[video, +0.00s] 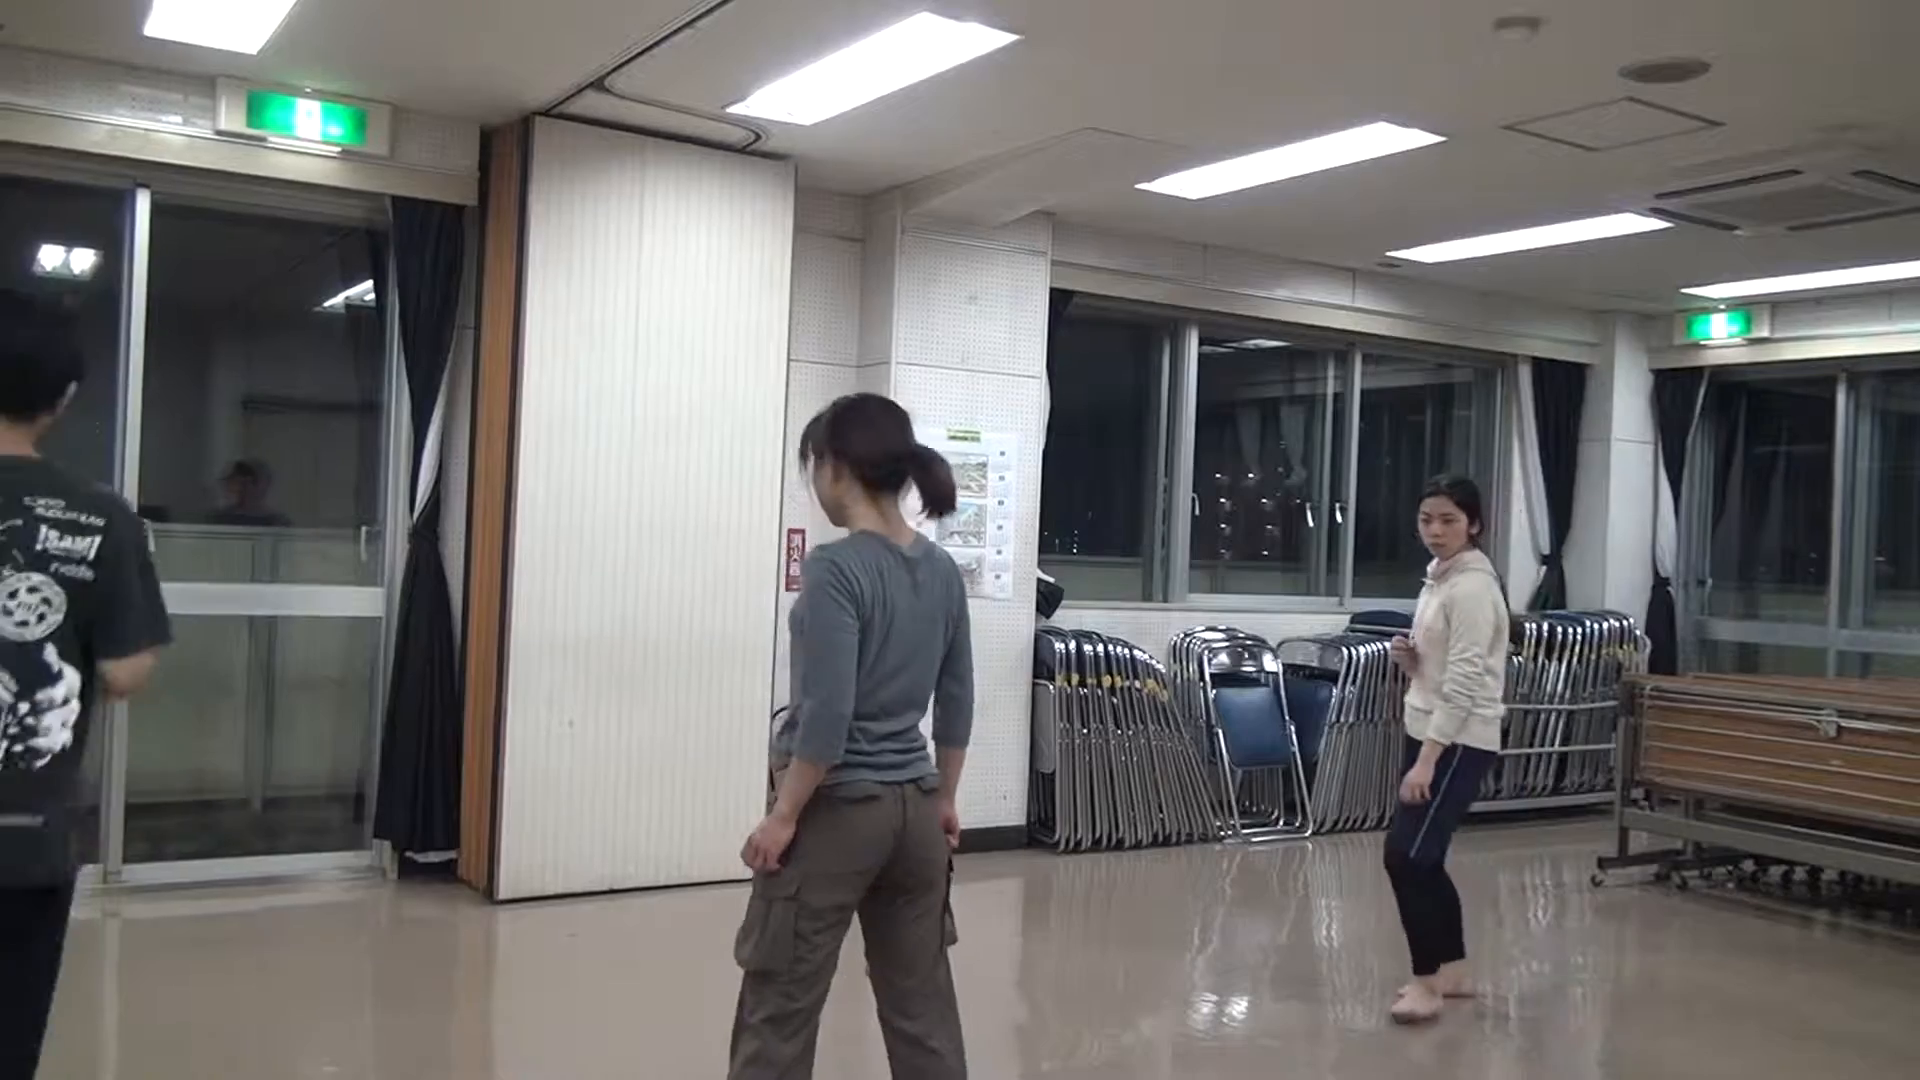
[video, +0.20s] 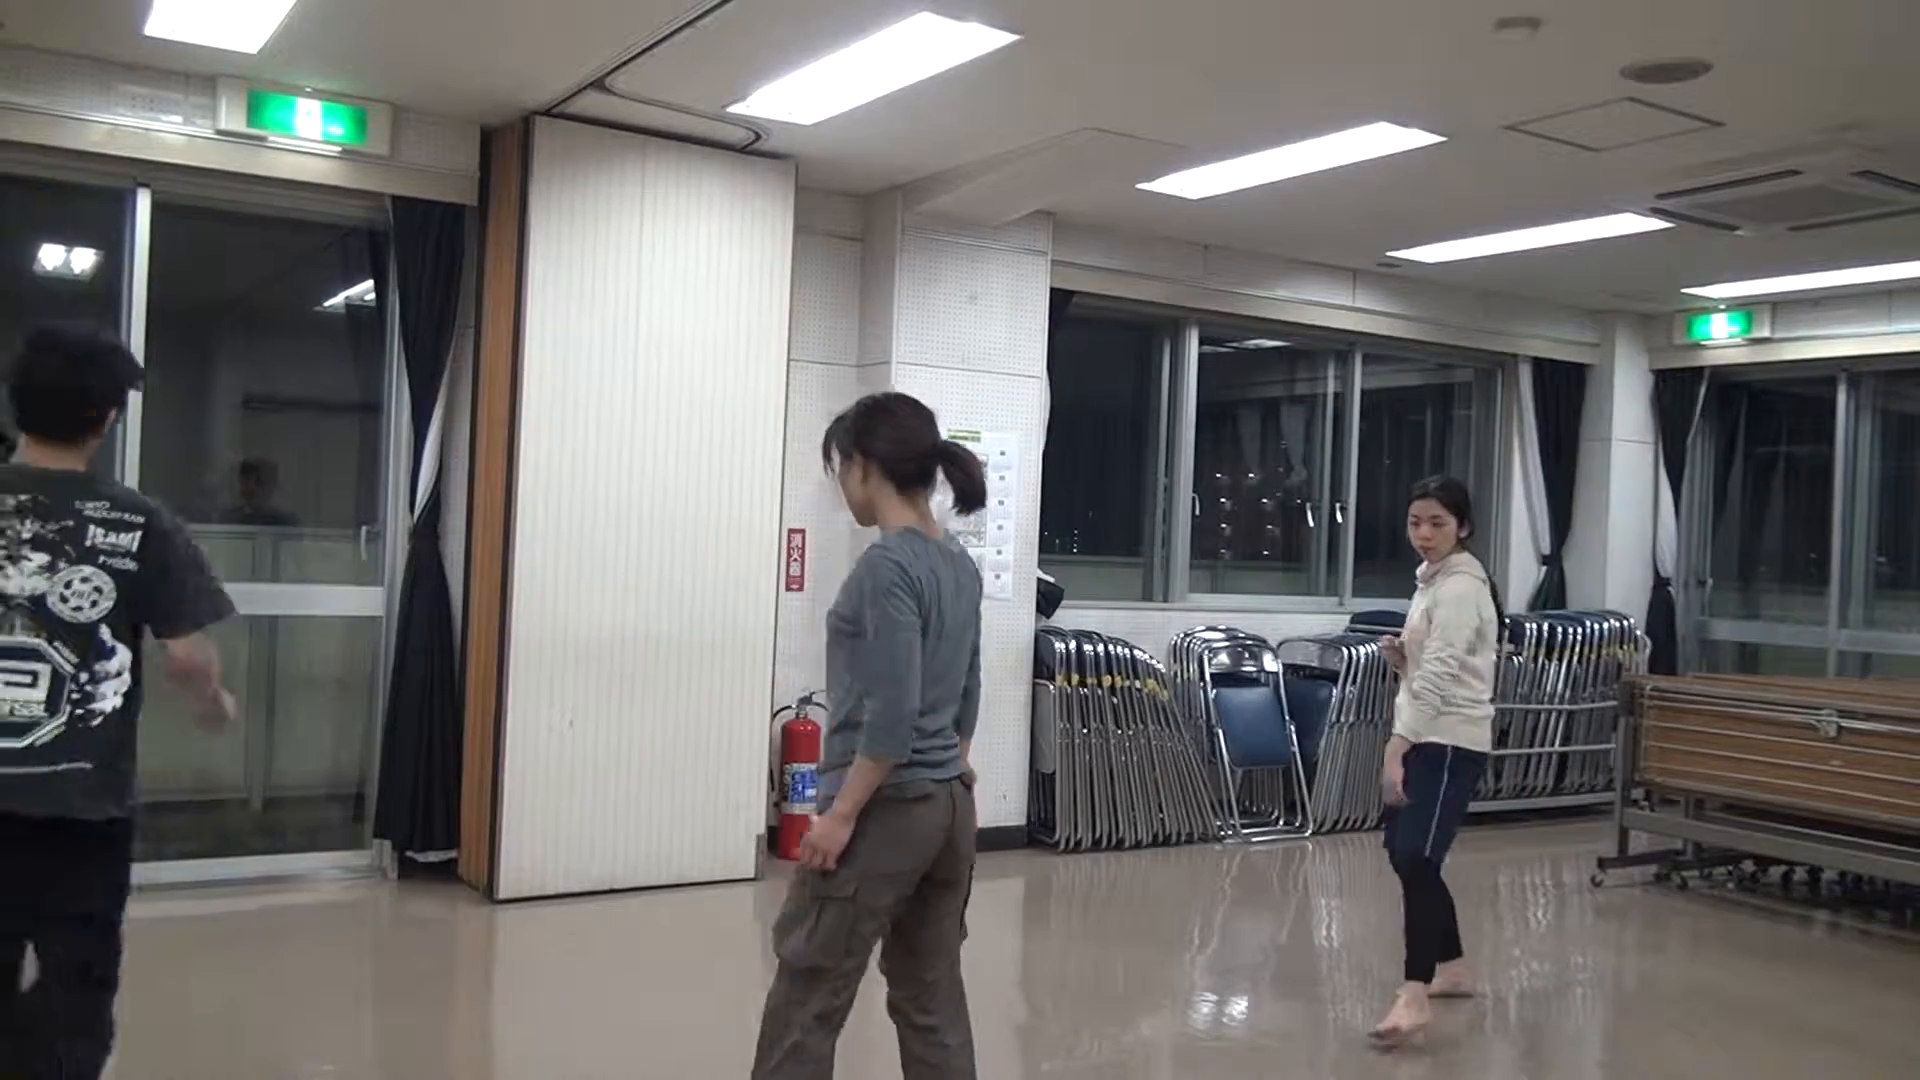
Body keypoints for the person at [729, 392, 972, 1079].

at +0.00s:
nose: (813, 481)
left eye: (814, 464)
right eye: (812, 465)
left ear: (837, 468)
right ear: (893, 468)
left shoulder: (834, 567)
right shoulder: (941, 567)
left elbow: (828, 711)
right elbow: (955, 692)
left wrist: (783, 815)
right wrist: (946, 793)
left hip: (834, 818)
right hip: (919, 815)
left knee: (778, 1018)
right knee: (922, 1015)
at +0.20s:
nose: (840, 483)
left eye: (841, 466)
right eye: (838, 467)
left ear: (866, 467)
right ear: (918, 466)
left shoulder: (885, 566)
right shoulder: (959, 562)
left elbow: (891, 719)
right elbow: (967, 691)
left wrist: (840, 814)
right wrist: (954, 776)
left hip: (882, 813)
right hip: (947, 810)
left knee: (805, 1003)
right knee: (930, 1000)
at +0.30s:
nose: (857, 483)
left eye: (858, 466)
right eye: (855, 467)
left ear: (882, 467)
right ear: (932, 465)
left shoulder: (919, 563)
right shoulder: (965, 556)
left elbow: (943, 709)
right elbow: (959, 700)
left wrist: (892, 817)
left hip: (914, 816)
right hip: (969, 805)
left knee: (830, 1006)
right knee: (942, 1006)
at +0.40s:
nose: (872, 487)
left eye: (870, 469)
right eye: (869, 471)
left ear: (895, 465)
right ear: (948, 461)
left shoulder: (938, 558)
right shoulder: (975, 550)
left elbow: (970, 695)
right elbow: (973, 691)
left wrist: (946, 815)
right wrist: (912, 797)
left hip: (926, 809)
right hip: (983, 804)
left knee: (864, 1001)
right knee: (954, 1008)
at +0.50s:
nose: (882, 486)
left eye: (881, 469)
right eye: (879, 470)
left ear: (906, 464)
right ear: (961, 462)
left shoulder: (948, 555)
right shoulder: (989, 548)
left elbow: (982, 691)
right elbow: (981, 689)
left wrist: (972, 812)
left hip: (939, 805)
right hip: (992, 799)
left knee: (885, 990)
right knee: (961, 1002)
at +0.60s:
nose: (890, 485)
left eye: (891, 468)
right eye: (888, 469)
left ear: (916, 465)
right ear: (969, 463)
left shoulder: (954, 554)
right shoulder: (998, 549)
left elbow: (987, 692)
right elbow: (992, 688)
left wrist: (972, 812)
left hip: (946, 803)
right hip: (993, 796)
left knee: (914, 998)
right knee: (966, 999)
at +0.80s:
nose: (899, 480)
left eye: (901, 465)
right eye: (899, 466)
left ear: (926, 465)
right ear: (982, 464)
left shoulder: (956, 557)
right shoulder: (1009, 551)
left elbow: (968, 702)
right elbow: (1009, 695)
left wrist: (931, 816)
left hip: (963, 806)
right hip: (1006, 798)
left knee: (949, 1016)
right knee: (966, 1010)